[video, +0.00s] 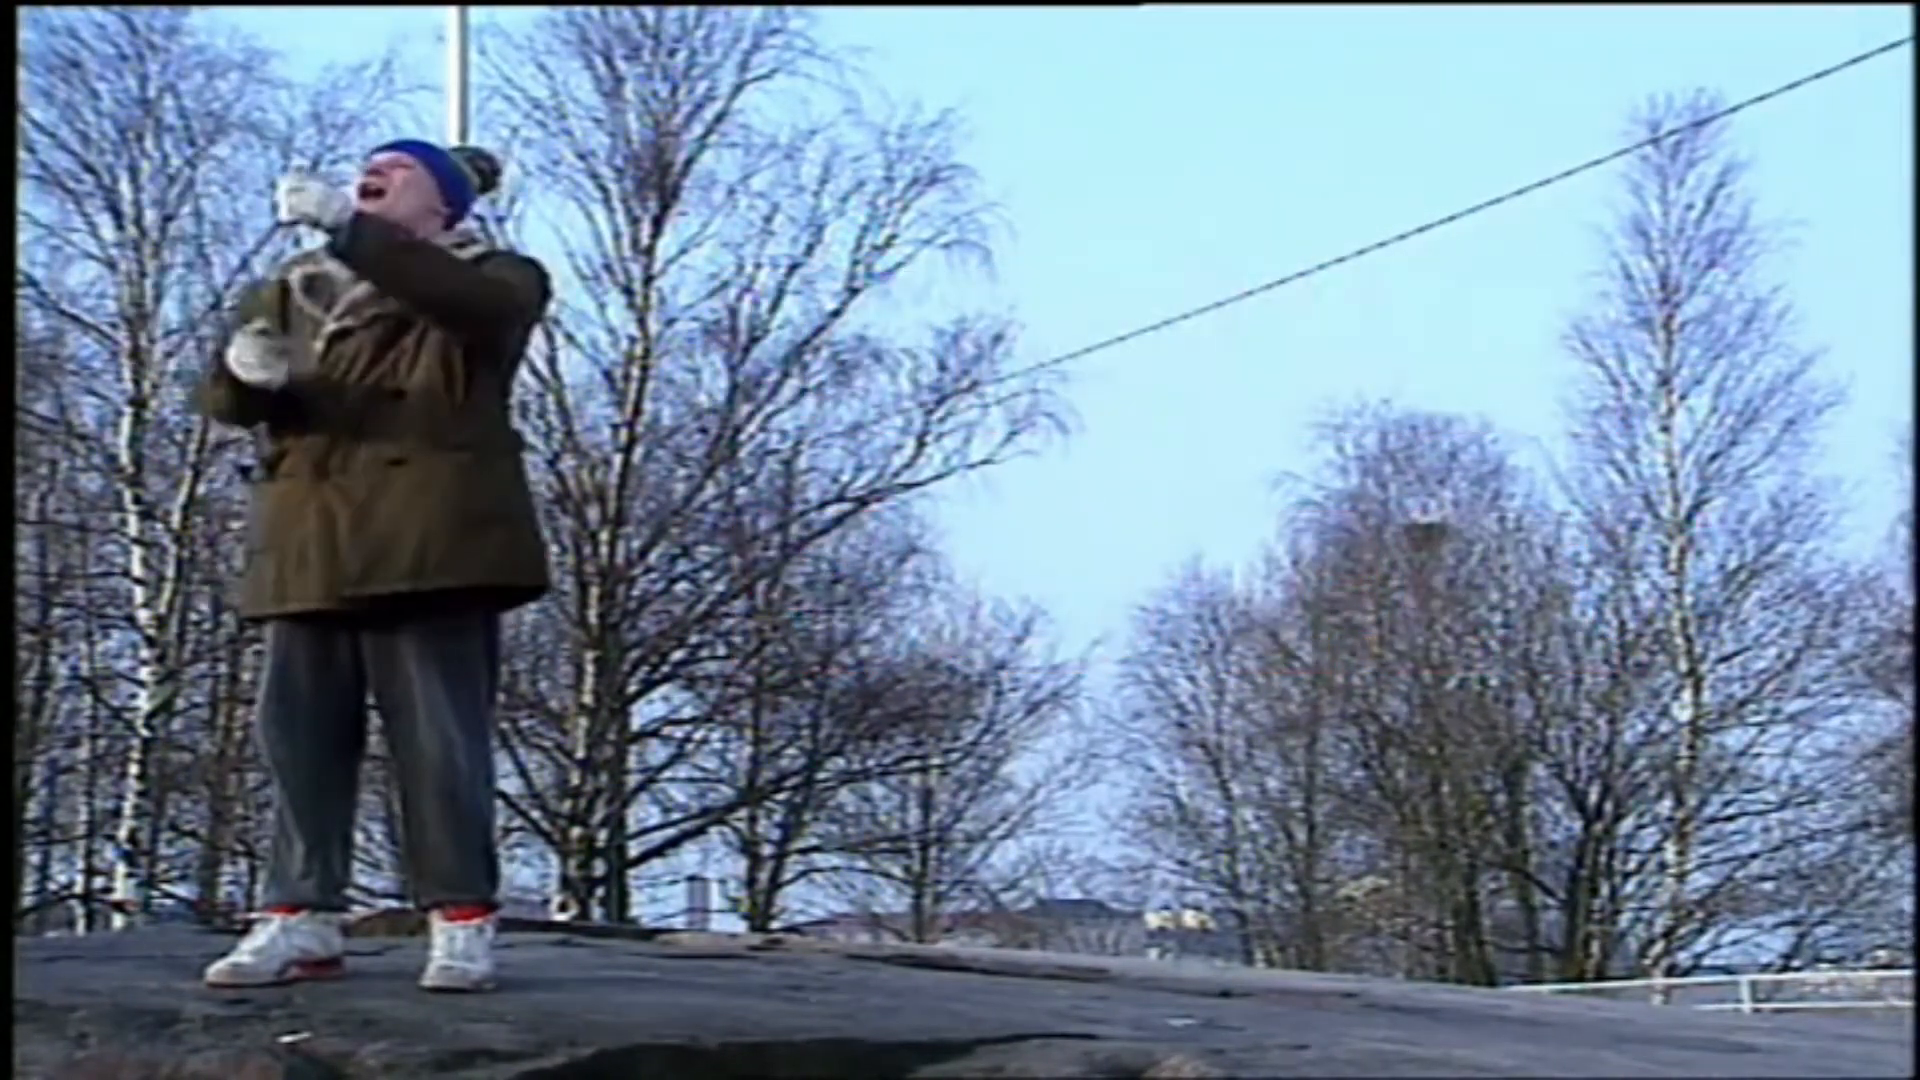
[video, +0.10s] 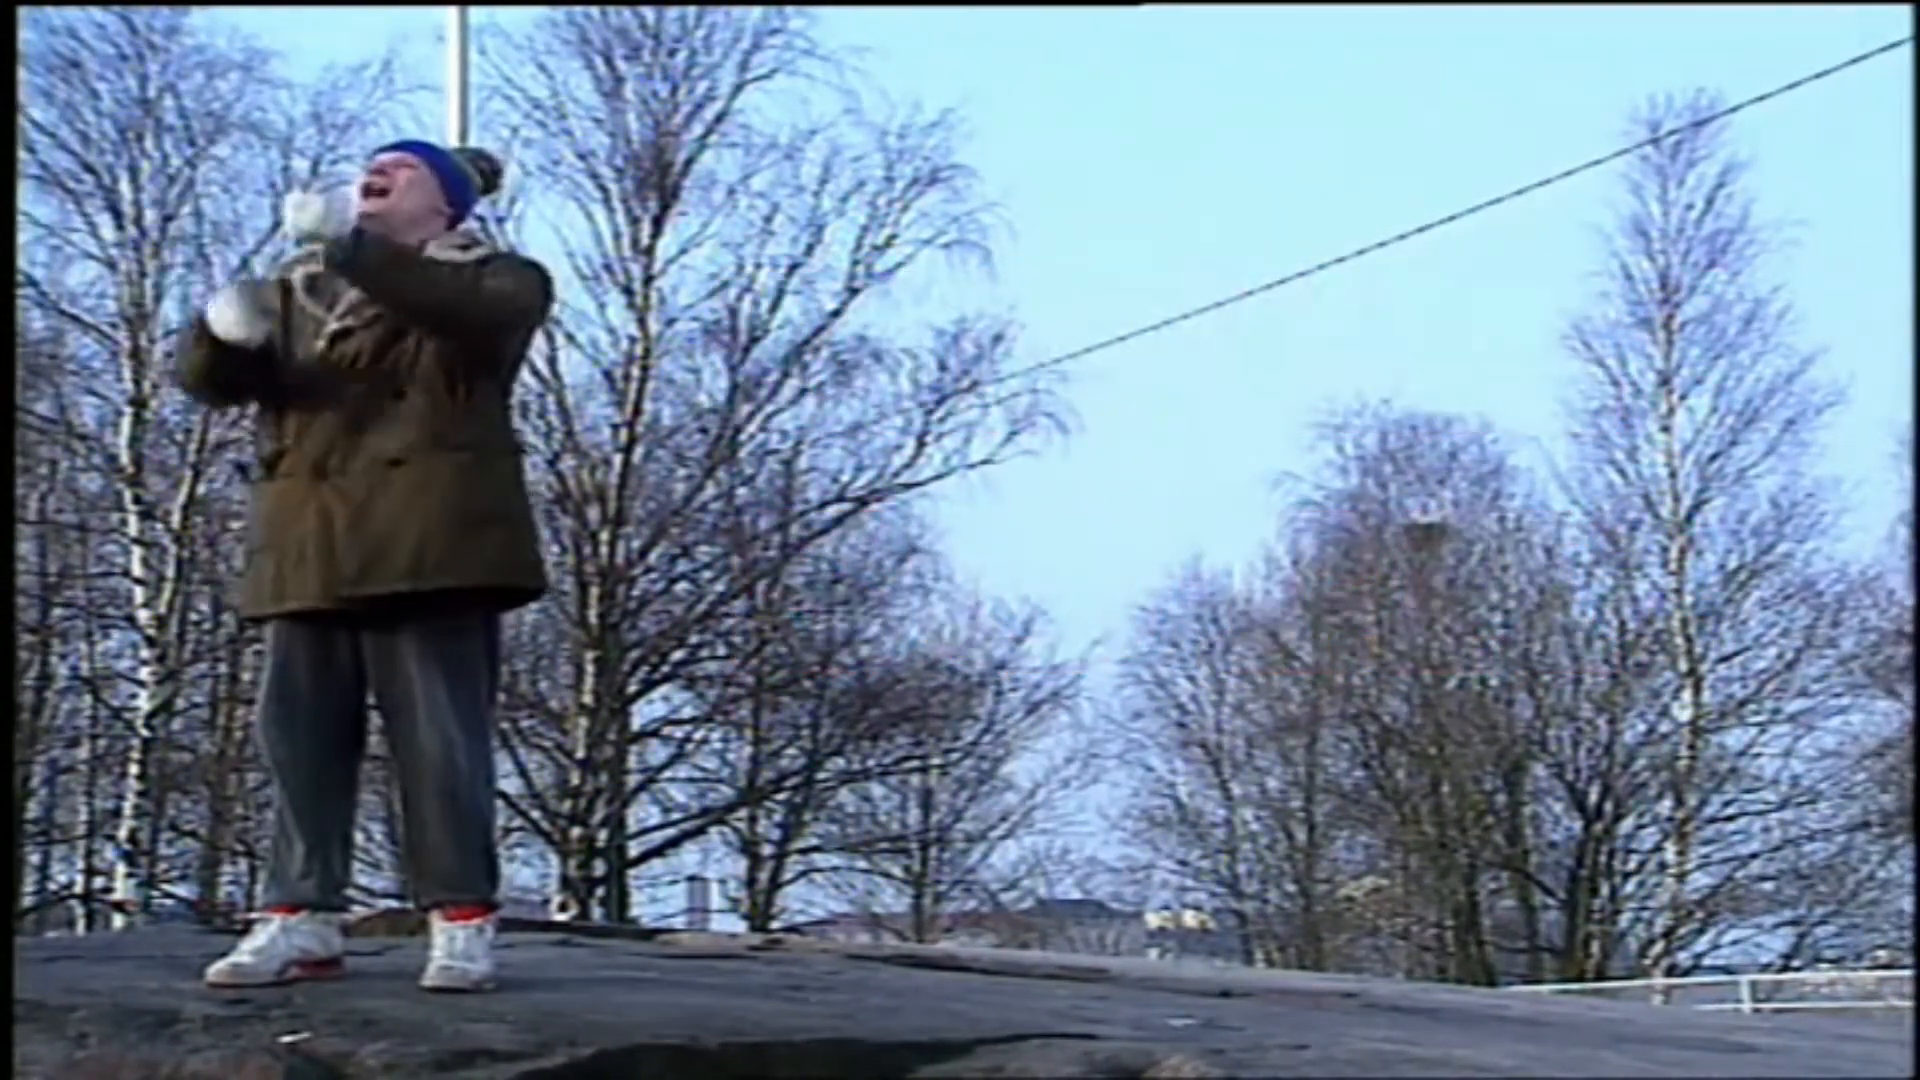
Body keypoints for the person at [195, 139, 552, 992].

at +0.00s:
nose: (365, 185)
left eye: (389, 173)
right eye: (360, 177)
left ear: (446, 202)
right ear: (351, 199)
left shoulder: (500, 276)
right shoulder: (308, 286)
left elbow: (471, 295)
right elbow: (224, 401)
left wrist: (348, 230)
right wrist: (249, 370)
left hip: (432, 540)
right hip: (307, 545)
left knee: (439, 738)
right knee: (300, 735)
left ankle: (460, 919)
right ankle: (304, 918)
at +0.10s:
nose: (370, 185)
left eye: (393, 174)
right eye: (365, 179)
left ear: (450, 202)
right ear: (355, 200)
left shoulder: (495, 275)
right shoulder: (304, 291)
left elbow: (497, 303)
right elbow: (203, 377)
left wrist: (354, 251)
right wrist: (223, 333)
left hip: (433, 546)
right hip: (307, 550)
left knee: (440, 740)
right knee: (301, 738)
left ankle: (461, 918)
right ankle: (305, 918)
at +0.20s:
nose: (377, 177)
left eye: (401, 167)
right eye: (372, 170)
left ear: (453, 202)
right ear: (360, 200)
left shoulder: (505, 280)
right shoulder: (315, 285)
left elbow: (477, 333)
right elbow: (188, 321)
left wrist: (344, 298)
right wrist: (194, 245)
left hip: (436, 556)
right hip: (308, 557)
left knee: (442, 741)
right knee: (299, 737)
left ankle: (462, 919)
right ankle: (305, 918)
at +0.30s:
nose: (377, 175)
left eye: (402, 168)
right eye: (373, 170)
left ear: (453, 199)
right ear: (362, 200)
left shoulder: (506, 281)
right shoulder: (308, 273)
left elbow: (481, 350)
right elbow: (183, 291)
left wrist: (335, 332)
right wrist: (193, 191)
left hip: (435, 557)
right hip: (304, 554)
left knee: (441, 742)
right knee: (299, 737)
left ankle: (462, 920)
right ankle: (304, 918)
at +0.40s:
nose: (381, 169)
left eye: (406, 164)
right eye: (377, 164)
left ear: (454, 200)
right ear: (364, 197)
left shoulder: (505, 284)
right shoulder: (311, 272)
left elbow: (475, 356)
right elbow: (185, 293)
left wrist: (333, 331)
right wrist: (204, 184)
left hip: (433, 557)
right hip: (304, 552)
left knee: (442, 741)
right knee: (299, 735)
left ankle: (461, 919)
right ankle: (303, 918)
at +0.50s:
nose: (381, 173)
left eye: (406, 165)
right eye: (376, 168)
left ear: (455, 205)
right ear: (360, 199)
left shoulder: (504, 280)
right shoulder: (320, 277)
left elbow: (475, 341)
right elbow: (196, 328)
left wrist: (339, 302)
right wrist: (204, 239)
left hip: (432, 548)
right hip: (305, 544)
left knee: (442, 738)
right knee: (300, 734)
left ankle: (461, 918)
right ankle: (305, 918)